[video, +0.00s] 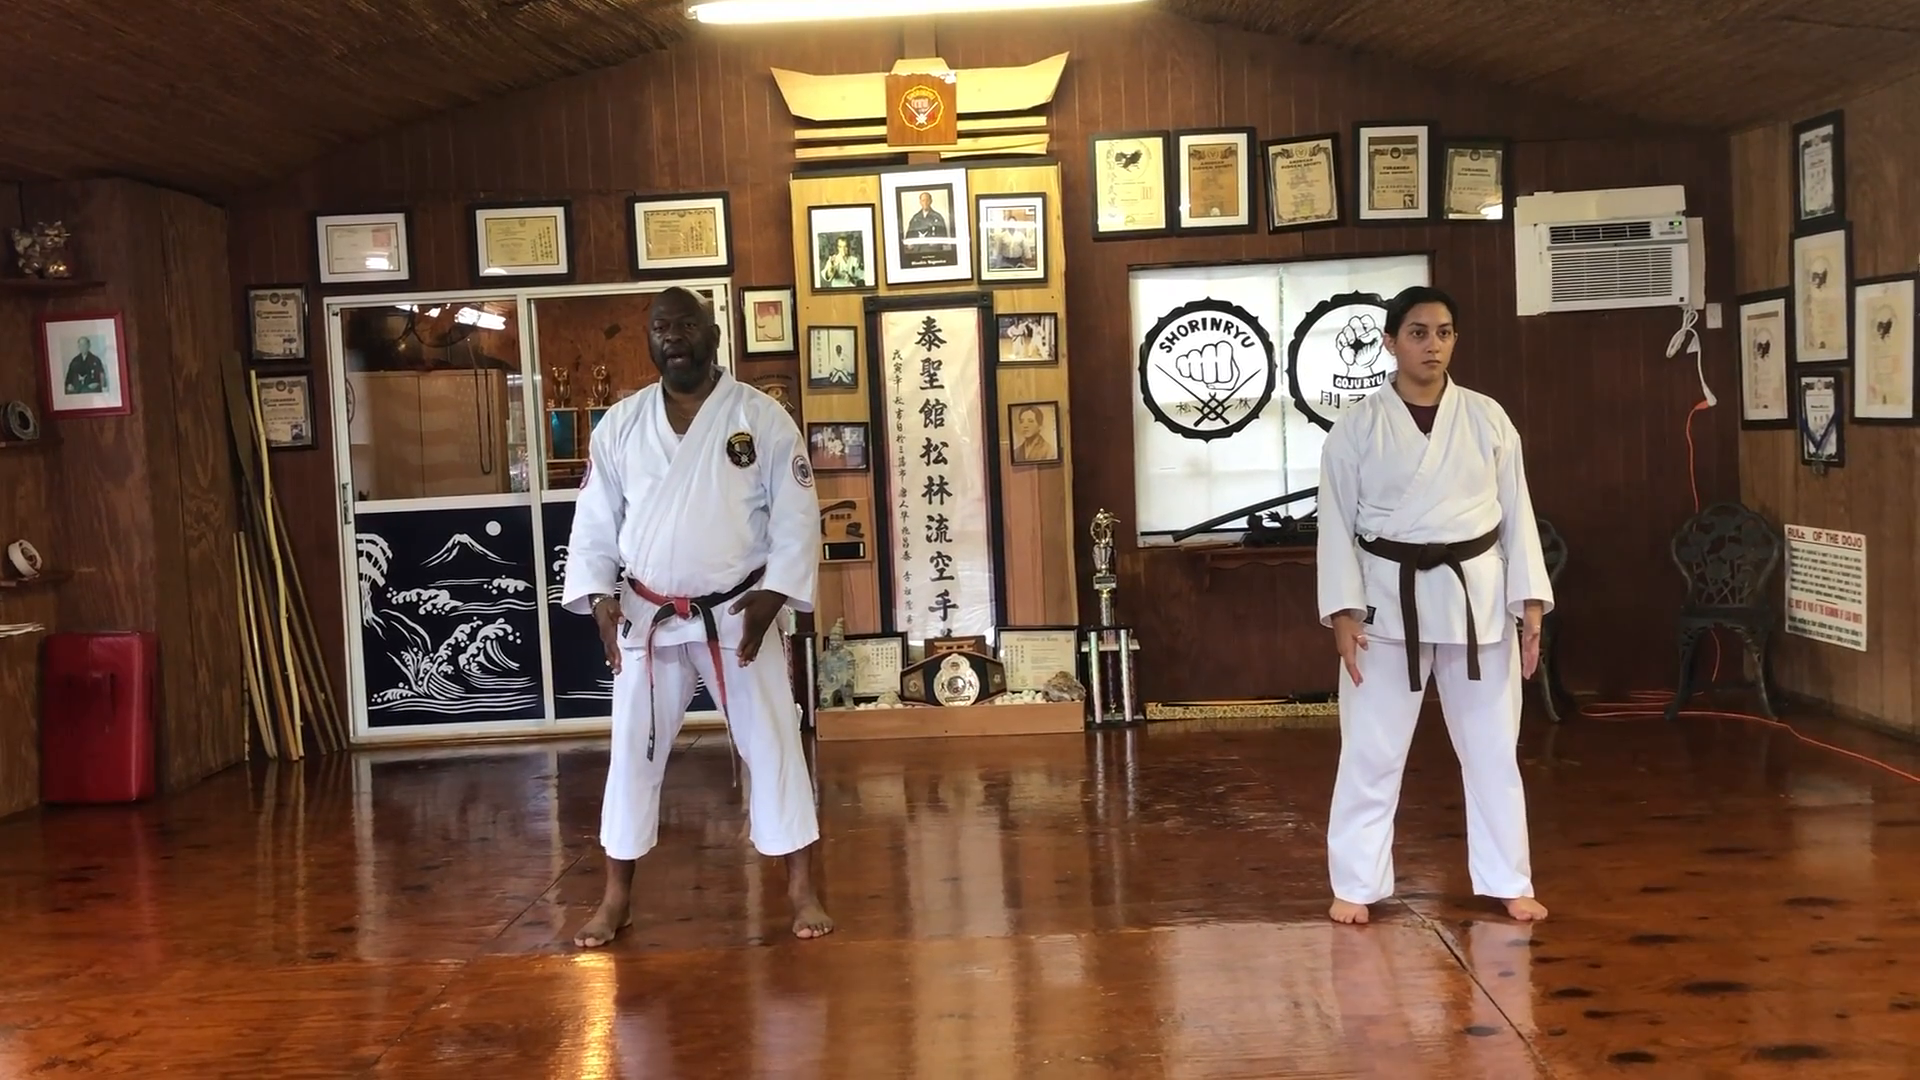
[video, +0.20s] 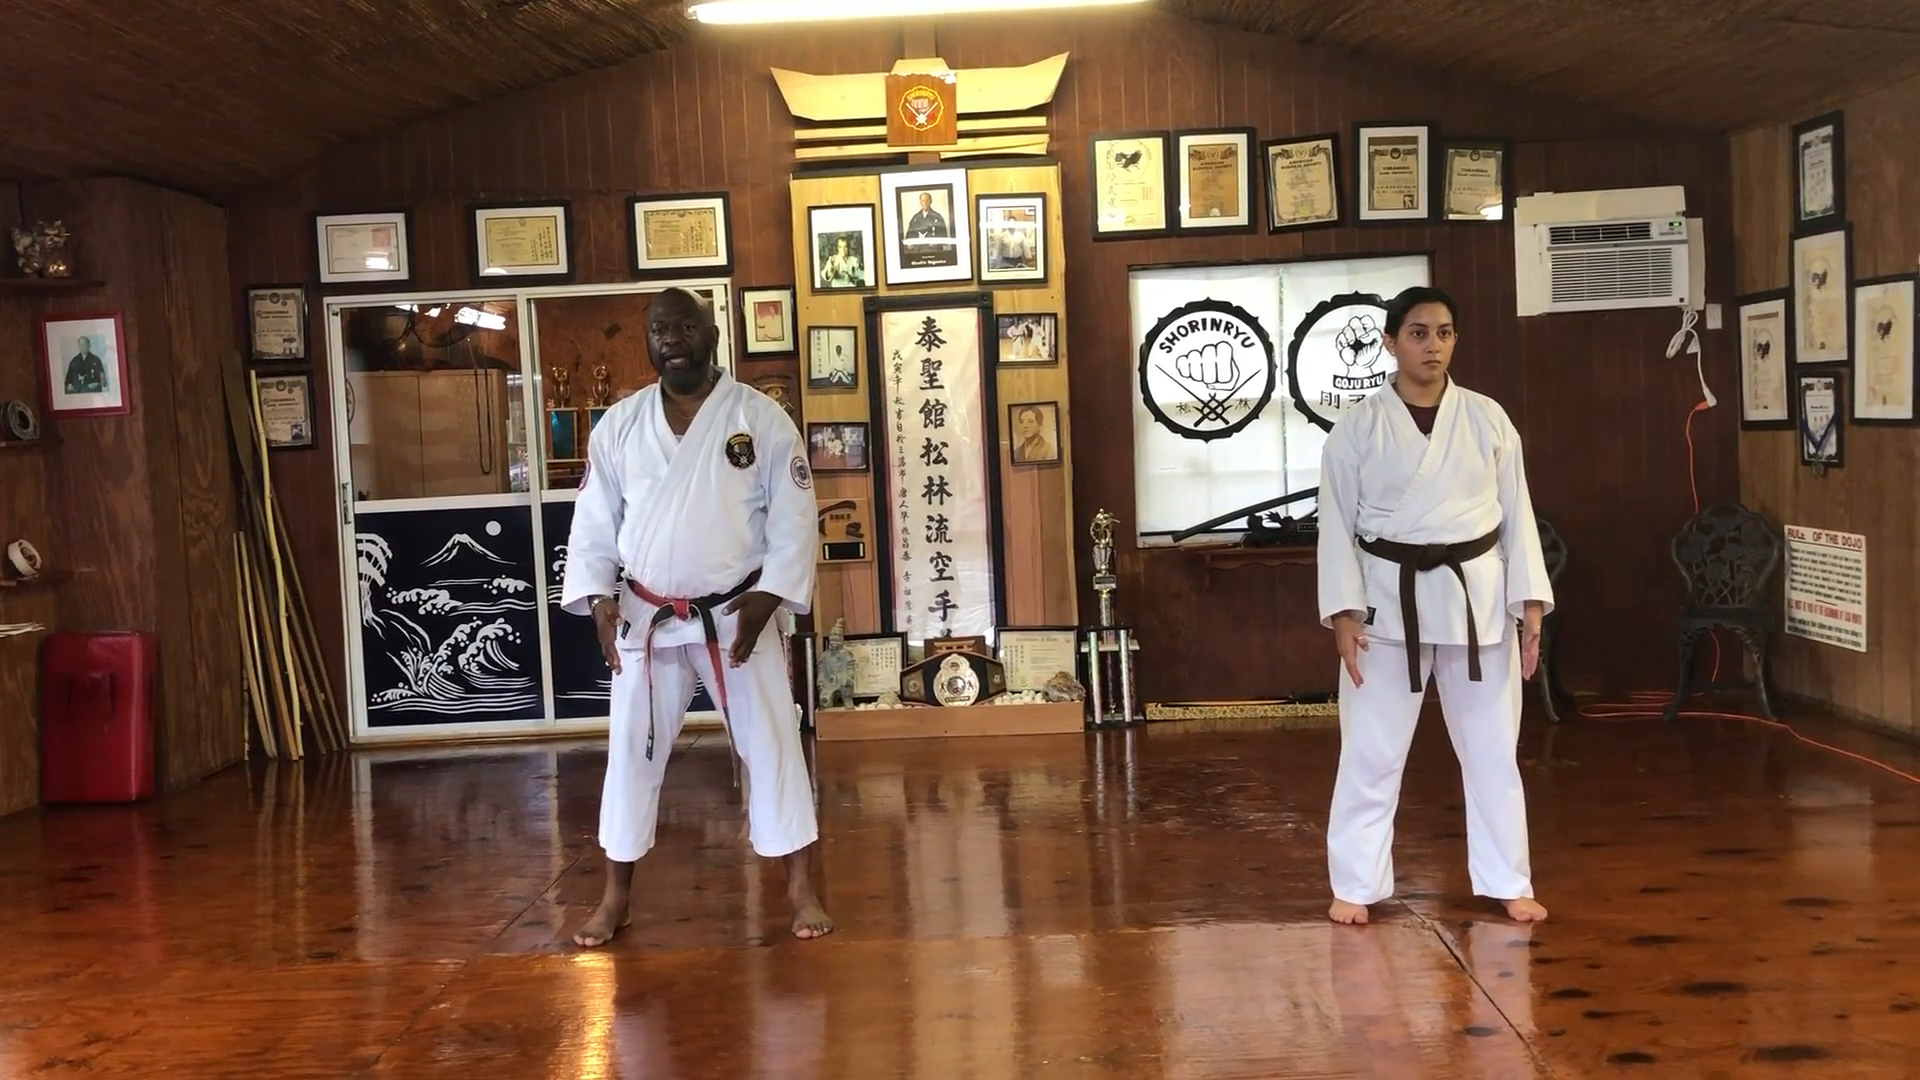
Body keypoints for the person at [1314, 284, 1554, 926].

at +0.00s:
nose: (1433, 344)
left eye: (1444, 332)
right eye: (1419, 332)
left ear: (1455, 343)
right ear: (1391, 342)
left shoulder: (1488, 418)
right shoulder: (1356, 425)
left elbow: (1517, 516)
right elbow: (1335, 522)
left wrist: (1530, 603)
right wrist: (1341, 607)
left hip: (1479, 601)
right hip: (1386, 602)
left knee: (1493, 753)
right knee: (1371, 754)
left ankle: (1510, 884)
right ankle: (1354, 889)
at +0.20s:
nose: (1433, 344)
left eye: (1443, 332)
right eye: (1418, 332)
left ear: (1456, 342)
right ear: (1391, 343)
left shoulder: (1488, 419)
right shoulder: (1357, 425)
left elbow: (1517, 516)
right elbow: (1335, 522)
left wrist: (1530, 602)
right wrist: (1342, 608)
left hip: (1479, 602)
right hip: (1386, 603)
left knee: (1493, 755)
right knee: (1371, 755)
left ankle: (1509, 884)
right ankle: (1354, 889)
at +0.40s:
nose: (1434, 345)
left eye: (1444, 333)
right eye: (1419, 333)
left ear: (1456, 343)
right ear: (1392, 343)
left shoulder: (1489, 420)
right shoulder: (1357, 426)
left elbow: (1517, 518)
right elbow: (1335, 523)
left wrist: (1530, 604)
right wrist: (1342, 609)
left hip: (1479, 604)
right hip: (1386, 605)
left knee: (1493, 756)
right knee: (1371, 756)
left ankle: (1508, 886)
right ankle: (1354, 890)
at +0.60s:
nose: (1437, 350)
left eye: (1447, 339)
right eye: (1422, 339)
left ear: (1459, 350)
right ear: (1395, 350)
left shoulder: (1490, 423)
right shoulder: (1360, 430)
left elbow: (1518, 518)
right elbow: (1333, 527)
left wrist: (1524, 604)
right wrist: (1352, 615)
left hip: (1481, 601)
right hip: (1387, 601)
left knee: (1499, 754)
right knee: (1374, 756)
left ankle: (1508, 886)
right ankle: (1356, 889)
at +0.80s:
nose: (1451, 352)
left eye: (1460, 341)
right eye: (1436, 342)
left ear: (1473, 354)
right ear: (1407, 356)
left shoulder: (1503, 406)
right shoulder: (1372, 415)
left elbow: (1588, 431)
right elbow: (1369, 443)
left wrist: (1564, 454)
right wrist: (1421, 462)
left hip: (1470, 585)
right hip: (1380, 586)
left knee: (1490, 732)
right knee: (1371, 735)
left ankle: (1512, 878)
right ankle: (1349, 881)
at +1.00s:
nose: (1453, 391)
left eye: (1465, 380)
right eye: (1442, 383)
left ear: (1480, 389)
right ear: (1419, 392)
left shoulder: (1496, 436)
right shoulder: (1389, 446)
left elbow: (1544, 416)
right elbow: (1390, 426)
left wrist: (1575, 376)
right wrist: (1431, 372)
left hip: (1471, 594)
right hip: (1379, 595)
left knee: (1488, 734)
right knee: (1374, 740)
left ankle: (1508, 879)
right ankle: (1350, 883)